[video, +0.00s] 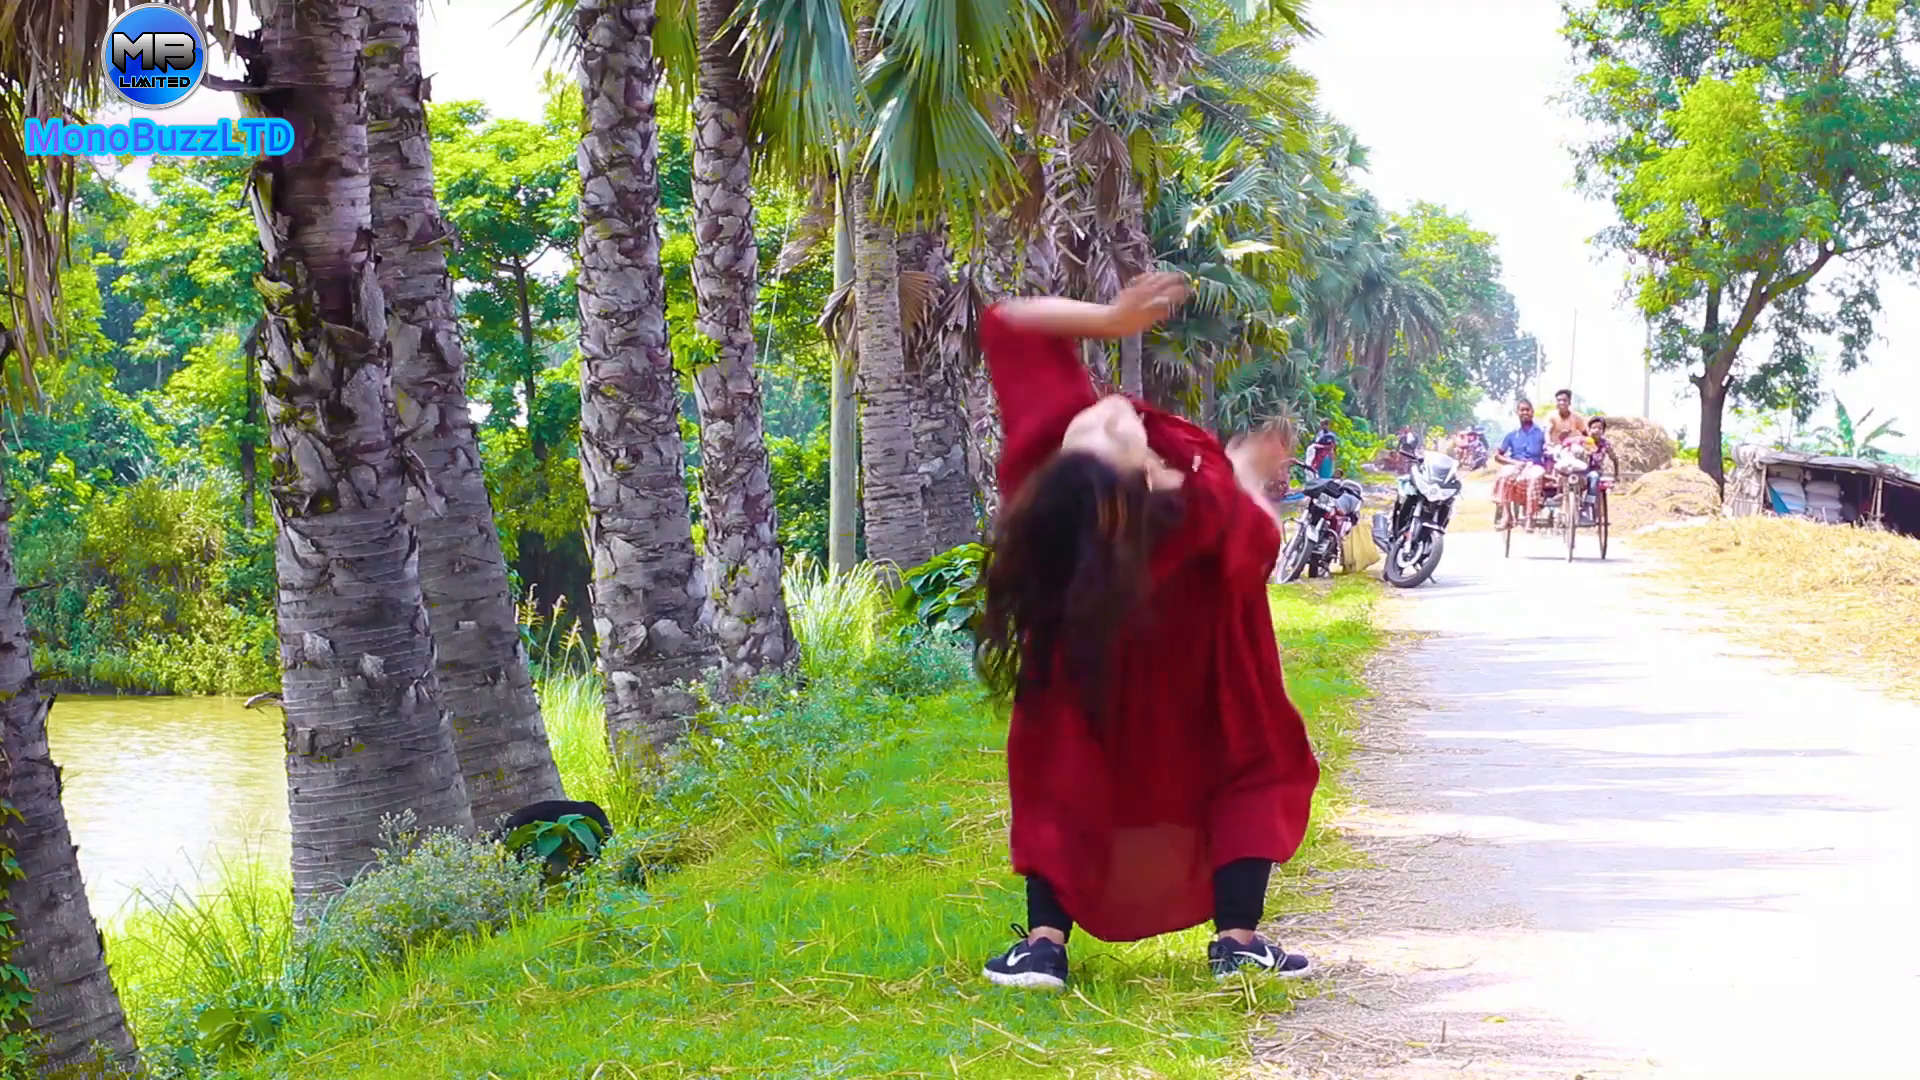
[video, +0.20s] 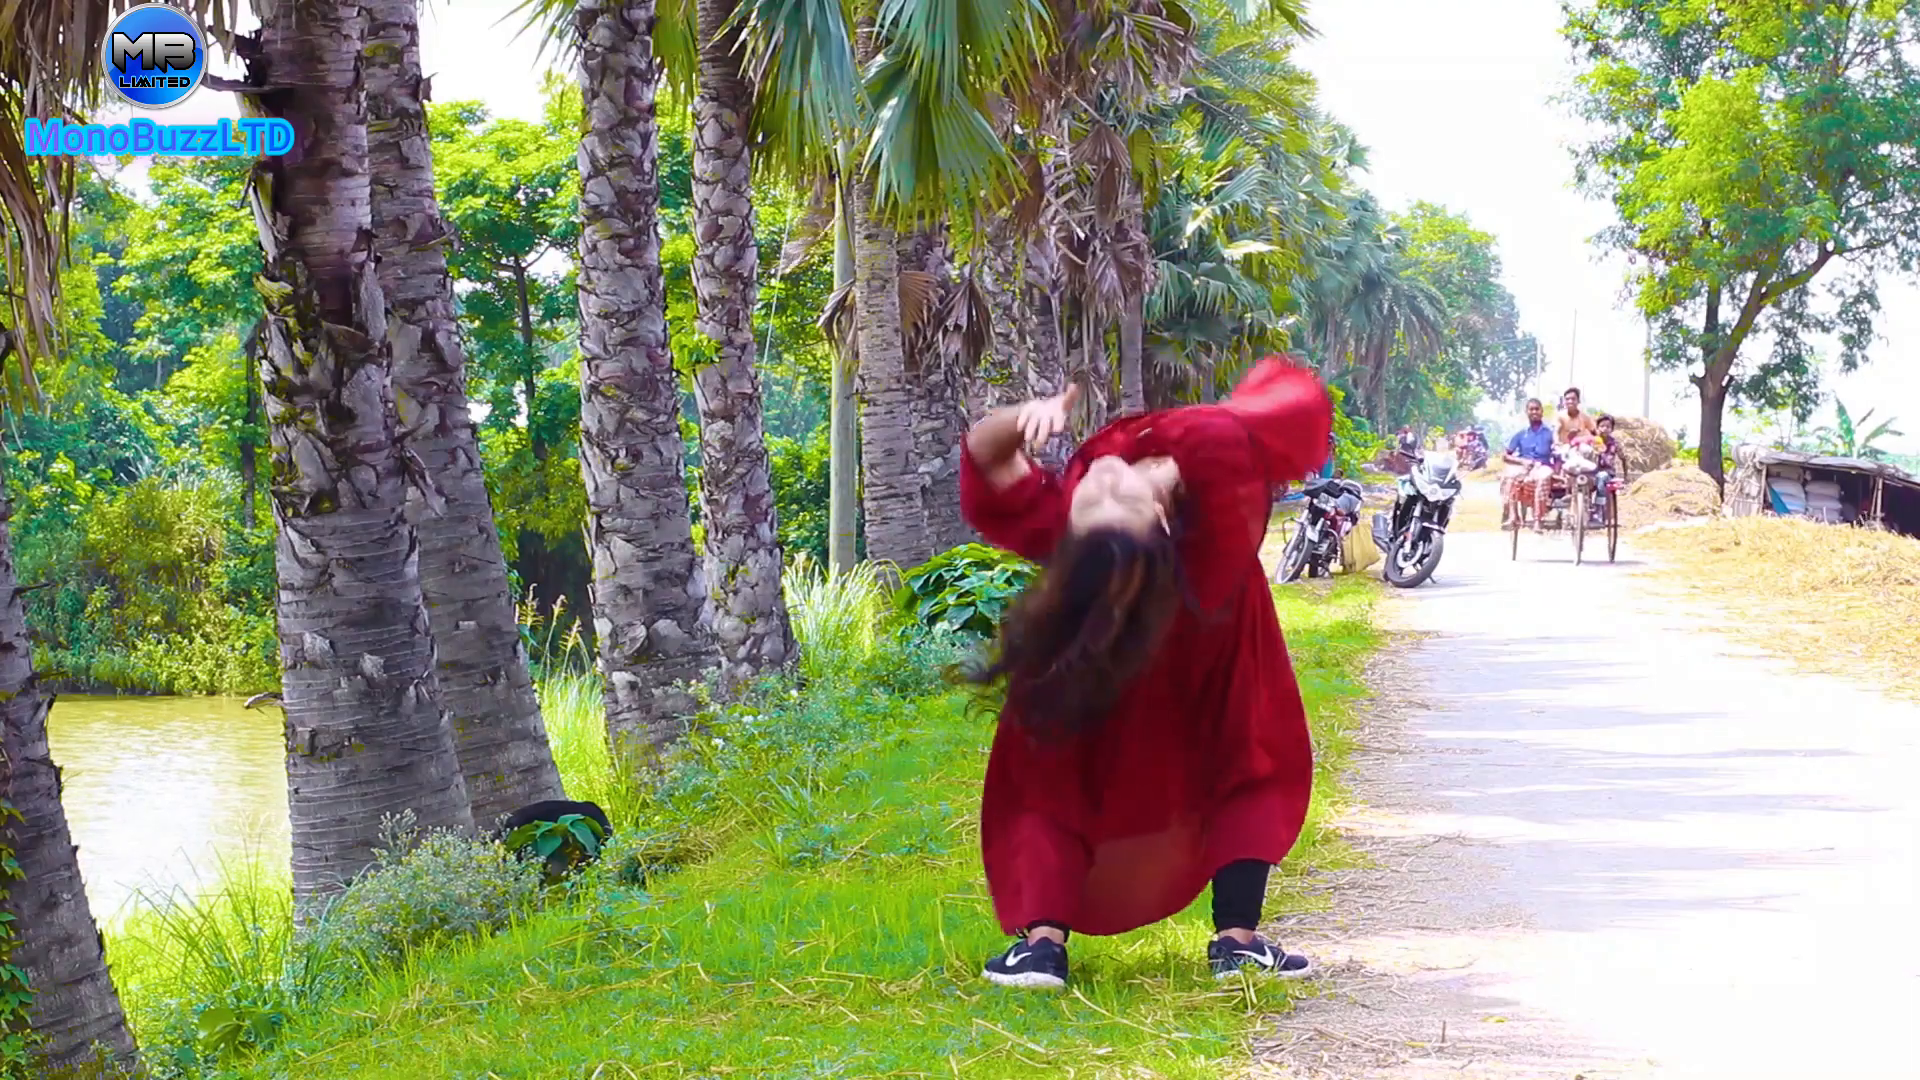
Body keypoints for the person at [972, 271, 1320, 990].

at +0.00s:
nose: (1105, 411)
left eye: (1089, 430)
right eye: (1119, 440)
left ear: (1060, 455)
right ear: (1148, 482)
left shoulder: (1040, 439)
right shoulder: (1201, 505)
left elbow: (1005, 319)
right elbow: (1259, 544)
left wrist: (1111, 319)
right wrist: (1251, 474)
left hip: (1073, 623)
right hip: (1201, 625)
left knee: (1055, 755)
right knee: (1255, 756)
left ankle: (1044, 941)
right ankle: (1239, 936)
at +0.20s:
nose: (1115, 481)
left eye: (1090, 506)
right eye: (1135, 504)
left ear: (1071, 515)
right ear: (1168, 518)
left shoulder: (1043, 512)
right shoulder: (1219, 443)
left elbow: (980, 448)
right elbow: (1298, 394)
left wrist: (1028, 414)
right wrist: (1265, 376)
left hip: (1094, 616)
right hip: (1216, 613)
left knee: (1044, 757)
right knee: (1256, 756)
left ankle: (1042, 943)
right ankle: (1237, 935)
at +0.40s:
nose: (1106, 512)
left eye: (1094, 531)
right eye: (1126, 536)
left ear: (1076, 554)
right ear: (1165, 548)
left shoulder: (1053, 530)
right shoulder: (1215, 497)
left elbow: (1056, 487)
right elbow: (1265, 385)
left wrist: (1106, 425)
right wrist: (1179, 332)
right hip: (1231, 611)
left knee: (1057, 772)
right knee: (1270, 759)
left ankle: (1043, 944)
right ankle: (1241, 937)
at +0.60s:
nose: (1081, 510)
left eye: (1057, 553)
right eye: (1089, 558)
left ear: (1042, 554)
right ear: (1134, 577)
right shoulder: (1193, 545)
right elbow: (1302, 543)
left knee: (1070, 781)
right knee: (1272, 767)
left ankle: (1045, 942)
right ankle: (1242, 936)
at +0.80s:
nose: (1091, 562)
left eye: (1073, 585)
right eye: (1106, 584)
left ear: (1059, 576)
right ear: (1143, 597)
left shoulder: (1040, 506)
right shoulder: (1207, 566)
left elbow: (977, 411)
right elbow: (1285, 564)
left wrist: (1064, 366)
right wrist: (1346, 491)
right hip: (1206, 640)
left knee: (1050, 766)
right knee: (1260, 764)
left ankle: (1041, 943)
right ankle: (1240, 939)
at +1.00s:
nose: (1116, 528)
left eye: (1105, 554)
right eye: (1139, 551)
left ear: (1085, 568)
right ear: (1180, 546)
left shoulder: (1063, 532)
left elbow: (969, 463)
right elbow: (1269, 437)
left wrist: (1001, 524)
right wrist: (1174, 458)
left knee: (1054, 778)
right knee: (1248, 772)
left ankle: (1039, 941)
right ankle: (1239, 936)